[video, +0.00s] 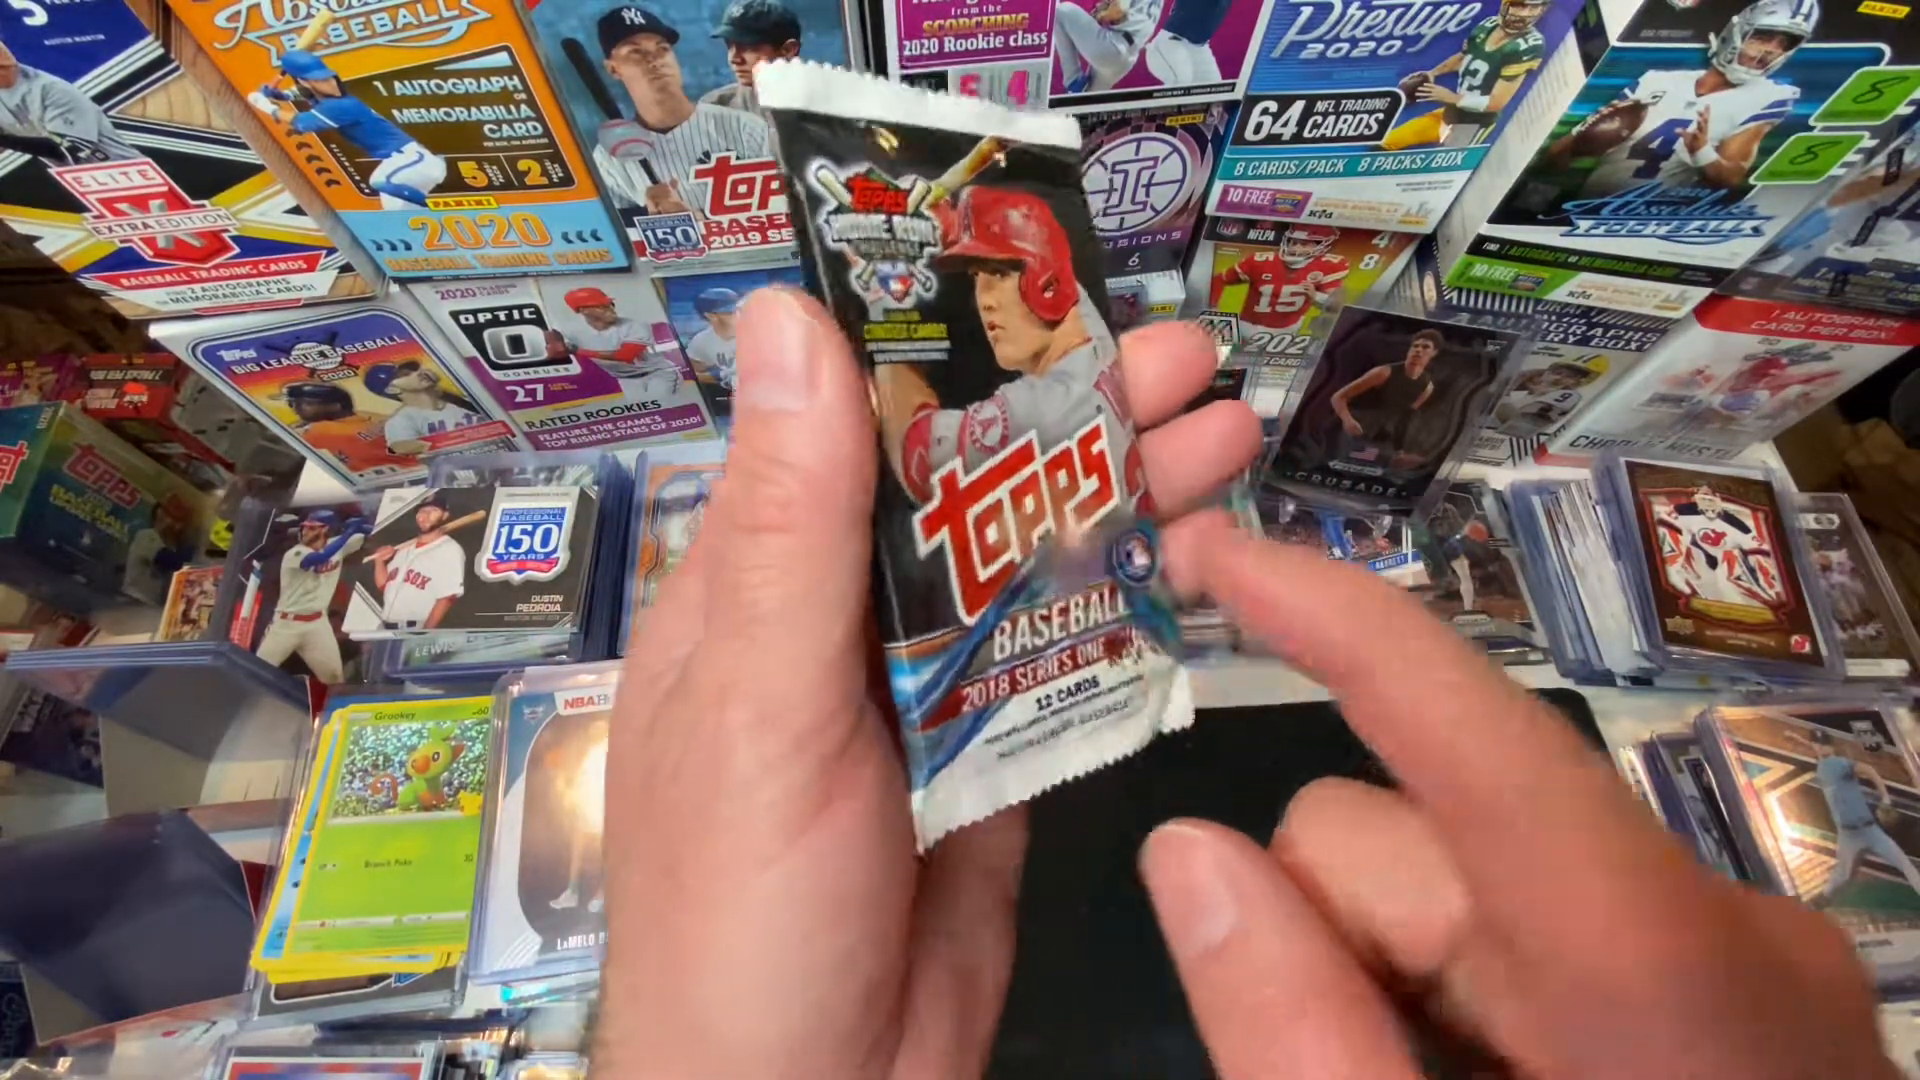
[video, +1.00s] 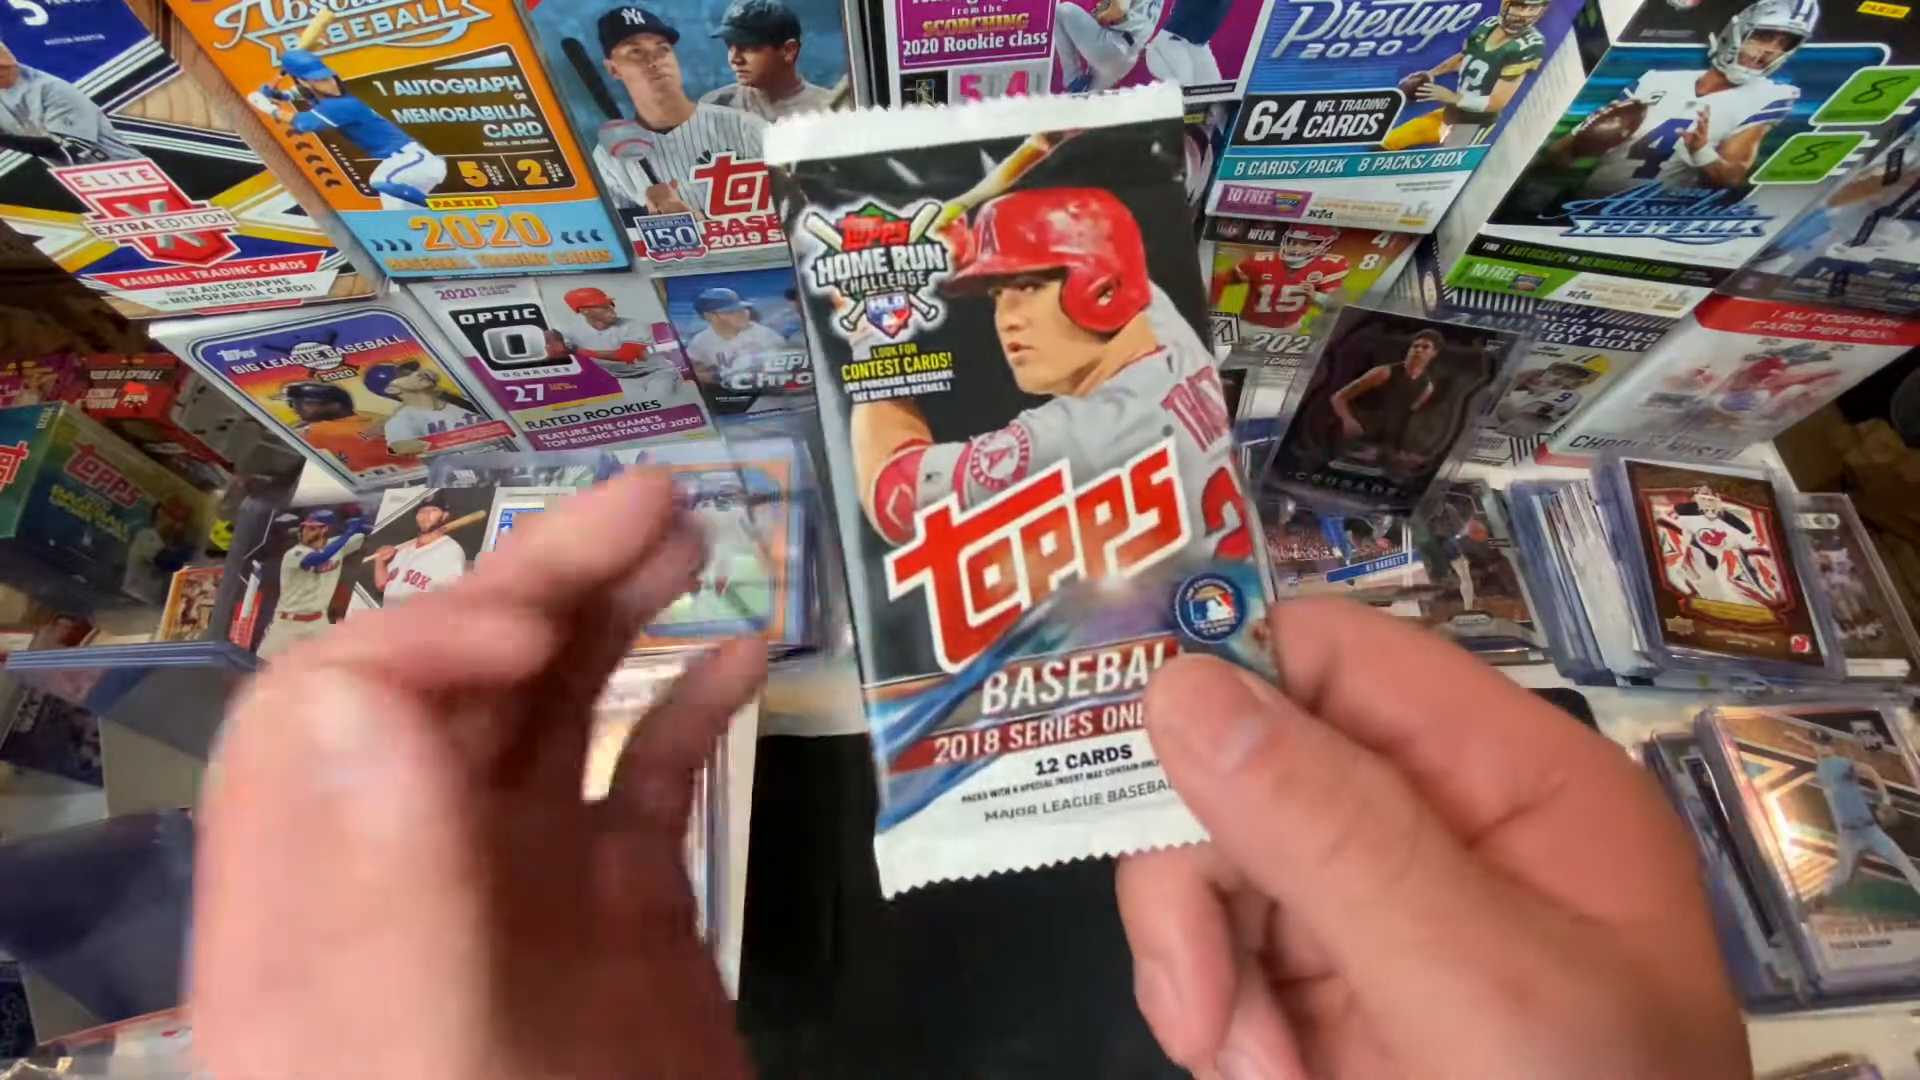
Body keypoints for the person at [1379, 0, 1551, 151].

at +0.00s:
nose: (1520, 14)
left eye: (1530, 7)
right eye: (1516, 5)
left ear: (1542, 11)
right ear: (1504, 5)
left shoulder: (1527, 47)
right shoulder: (1487, 26)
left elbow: (1496, 103)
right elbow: (1463, 58)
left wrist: (1450, 97)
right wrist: (1432, 73)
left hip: (1477, 123)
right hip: (1452, 111)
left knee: (1441, 175)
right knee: (1387, 141)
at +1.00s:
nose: (1520, 13)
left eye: (1530, 7)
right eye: (1515, 5)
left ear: (1542, 11)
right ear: (1503, 4)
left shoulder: (1528, 47)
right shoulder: (1487, 26)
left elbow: (1496, 103)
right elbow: (1463, 58)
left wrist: (1451, 97)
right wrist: (1431, 73)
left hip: (1478, 122)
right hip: (1452, 110)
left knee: (1442, 172)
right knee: (1389, 141)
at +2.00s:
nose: (1518, 14)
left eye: (1529, 8)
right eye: (1514, 6)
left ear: (1542, 11)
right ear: (1504, 5)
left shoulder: (1527, 47)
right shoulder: (1487, 26)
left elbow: (1496, 104)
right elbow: (1463, 57)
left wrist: (1450, 98)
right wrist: (1431, 73)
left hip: (1478, 123)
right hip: (1452, 111)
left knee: (1443, 174)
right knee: (1388, 141)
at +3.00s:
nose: (1520, 13)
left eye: (1530, 7)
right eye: (1515, 5)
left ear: (1541, 11)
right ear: (1504, 5)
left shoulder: (1528, 47)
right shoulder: (1487, 26)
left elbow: (1496, 103)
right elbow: (1463, 57)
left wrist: (1450, 97)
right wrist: (1431, 73)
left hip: (1478, 123)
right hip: (1452, 111)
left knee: (1442, 172)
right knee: (1388, 141)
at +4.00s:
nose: (1518, 13)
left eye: (1529, 7)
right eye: (1514, 4)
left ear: (1541, 10)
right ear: (1503, 3)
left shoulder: (1527, 47)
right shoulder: (1487, 26)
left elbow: (1496, 104)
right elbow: (1463, 58)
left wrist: (1450, 97)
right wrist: (1431, 73)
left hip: (1477, 124)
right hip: (1452, 111)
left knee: (1442, 175)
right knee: (1389, 141)